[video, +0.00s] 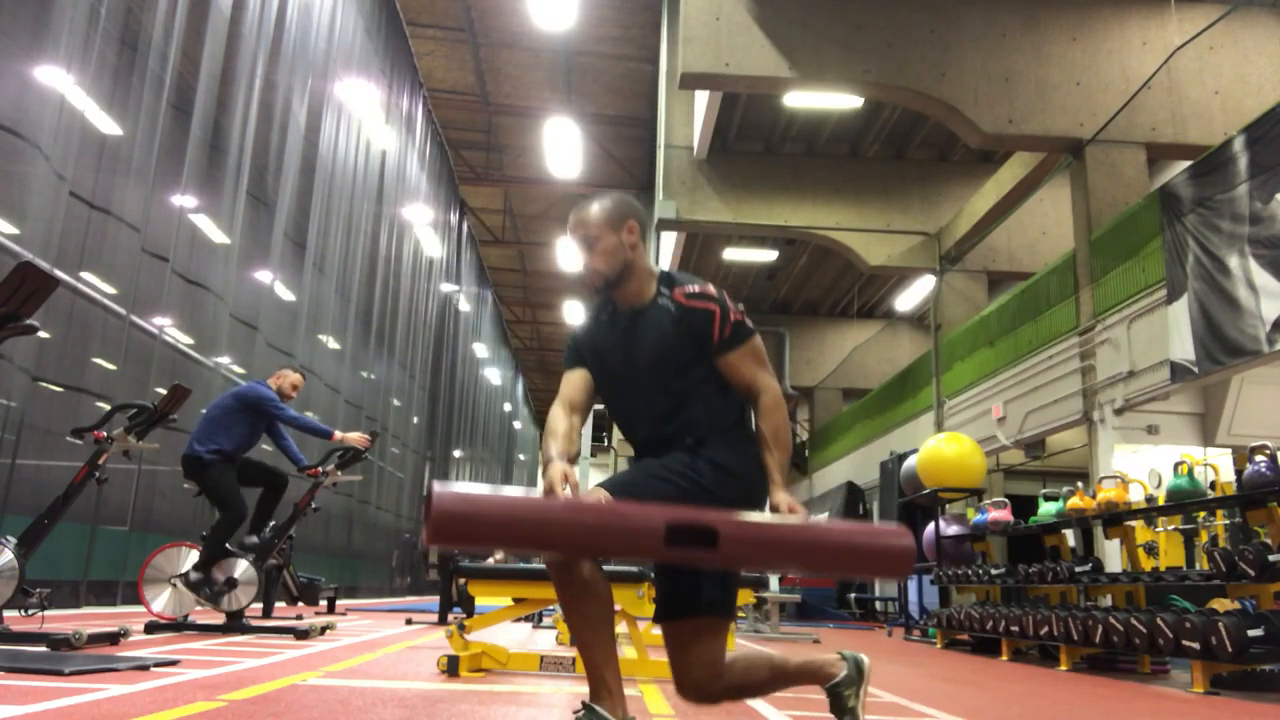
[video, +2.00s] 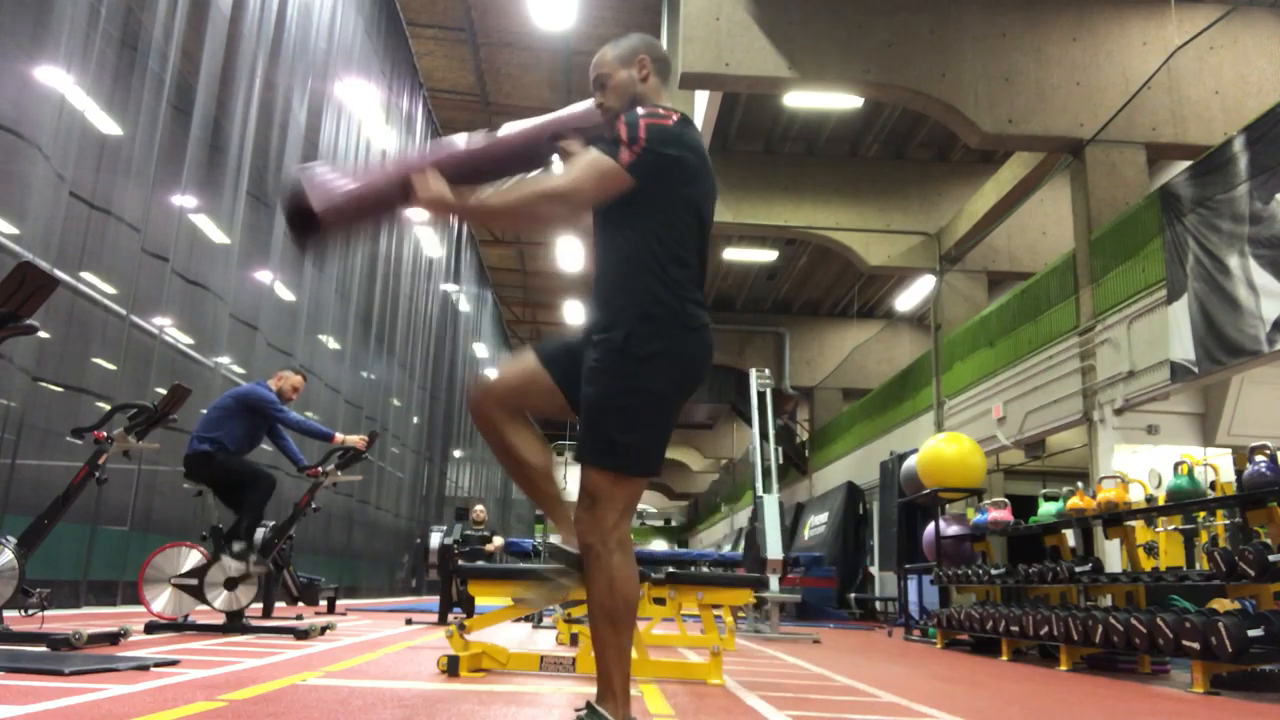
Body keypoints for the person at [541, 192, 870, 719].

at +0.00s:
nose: (583, 261)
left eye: (591, 246)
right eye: (578, 249)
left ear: (631, 236)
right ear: (579, 249)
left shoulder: (700, 303)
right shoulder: (593, 334)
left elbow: (766, 389)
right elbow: (567, 407)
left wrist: (778, 483)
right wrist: (556, 460)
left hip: (722, 470)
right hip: (668, 477)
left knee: (566, 525)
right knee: (700, 679)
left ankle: (609, 707)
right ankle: (837, 670)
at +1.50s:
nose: (582, 218)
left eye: (591, 204)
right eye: (578, 208)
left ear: (633, 195)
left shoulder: (689, 268)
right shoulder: (605, 296)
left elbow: (743, 363)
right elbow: (563, 366)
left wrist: (724, 468)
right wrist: (524, 396)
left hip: (701, 454)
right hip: (663, 456)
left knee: (562, 532)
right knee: (711, 652)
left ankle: (607, 707)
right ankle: (846, 669)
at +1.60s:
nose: (576, 175)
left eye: (585, 159)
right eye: (574, 163)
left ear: (624, 154)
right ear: (600, 163)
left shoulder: (674, 226)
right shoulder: (605, 255)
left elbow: (715, 330)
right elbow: (555, 331)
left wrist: (679, 428)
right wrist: (497, 340)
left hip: (702, 428)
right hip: (665, 433)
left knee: (567, 529)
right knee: (720, 610)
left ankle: (607, 706)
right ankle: (850, 670)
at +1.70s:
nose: (576, 141)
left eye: (581, 124)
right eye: (573, 128)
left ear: (621, 115)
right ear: (611, 119)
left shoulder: (668, 190)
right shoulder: (609, 223)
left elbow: (682, 292)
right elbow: (558, 295)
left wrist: (623, 380)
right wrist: (492, 279)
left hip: (684, 396)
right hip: (671, 402)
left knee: (578, 525)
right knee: (682, 572)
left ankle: (609, 706)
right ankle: (810, 654)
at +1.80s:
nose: (580, 113)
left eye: (585, 97)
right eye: (576, 103)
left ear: (627, 87)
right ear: (616, 95)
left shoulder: (661, 155)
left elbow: (649, 259)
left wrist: (571, 326)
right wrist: (504, 226)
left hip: (670, 363)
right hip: (665, 365)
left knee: (591, 522)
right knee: (615, 535)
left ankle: (612, 706)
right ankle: (748, 620)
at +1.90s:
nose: (588, 99)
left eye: (595, 84)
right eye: (585, 91)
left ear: (638, 75)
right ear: (631, 83)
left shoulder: (657, 137)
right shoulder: (637, 146)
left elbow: (607, 231)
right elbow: (585, 247)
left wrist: (499, 266)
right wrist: (540, 193)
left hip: (661, 355)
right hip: (631, 353)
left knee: (602, 521)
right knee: (537, 469)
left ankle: (613, 707)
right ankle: (663, 578)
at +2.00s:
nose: (595, 96)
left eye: (603, 82)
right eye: (593, 87)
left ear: (644, 70)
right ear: (643, 76)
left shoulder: (656, 129)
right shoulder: (647, 138)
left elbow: (563, 196)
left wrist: (457, 204)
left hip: (650, 345)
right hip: (619, 339)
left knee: (601, 528)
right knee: (491, 397)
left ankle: (614, 707)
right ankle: (573, 529)